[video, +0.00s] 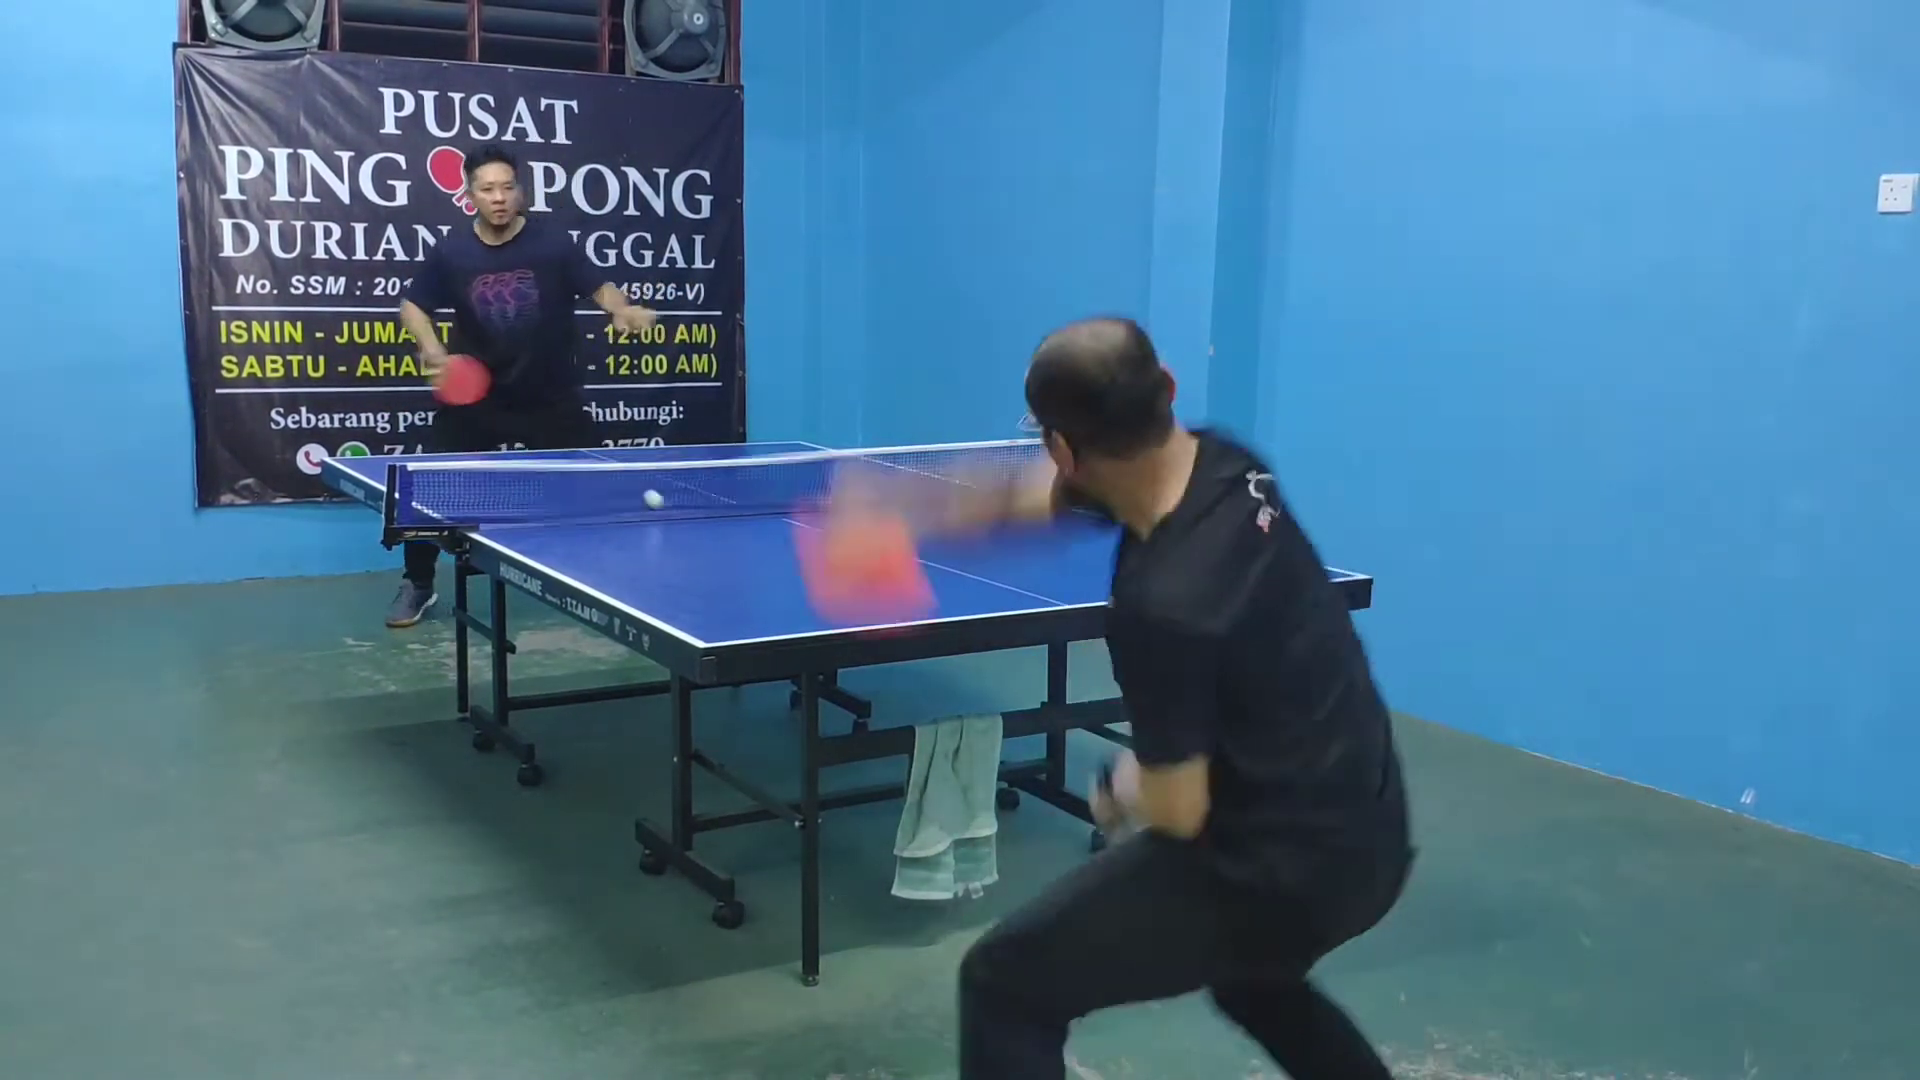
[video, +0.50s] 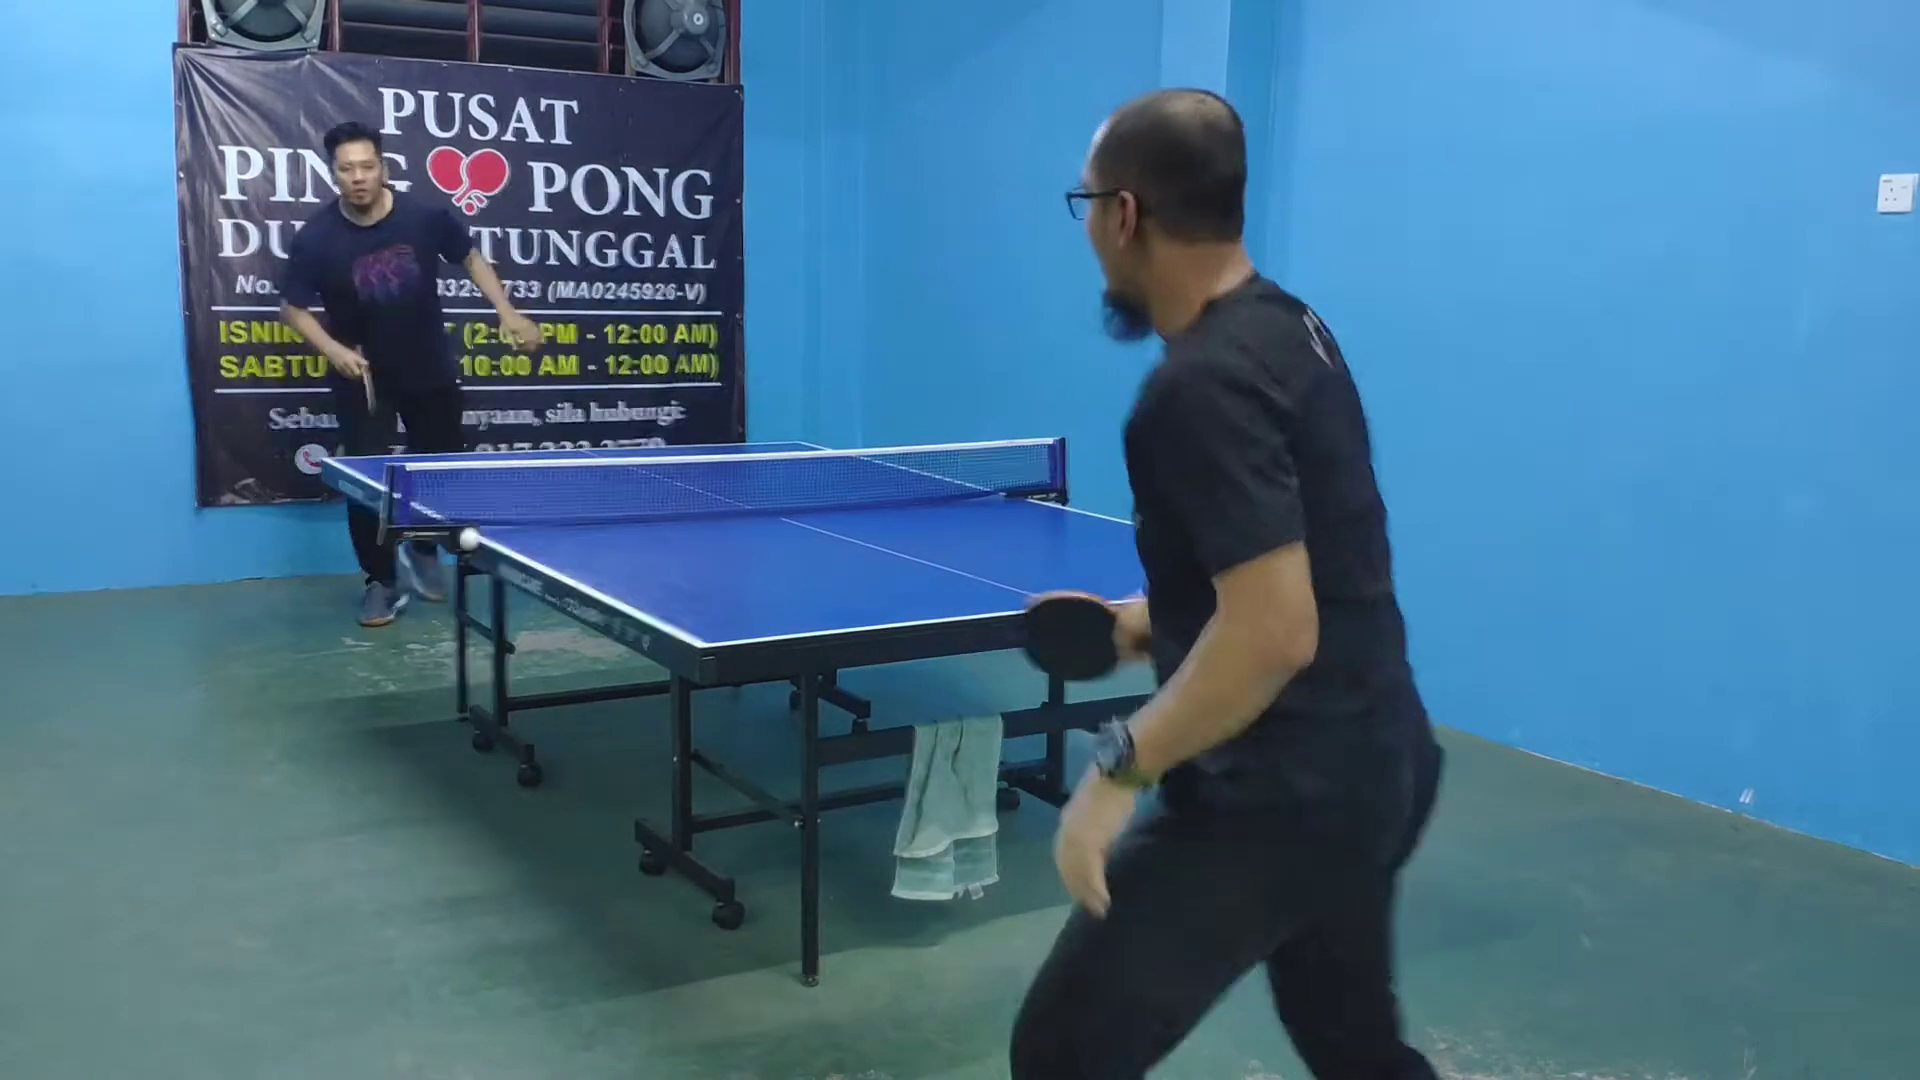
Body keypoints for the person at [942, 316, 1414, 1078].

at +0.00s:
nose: (1041, 448)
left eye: (1042, 434)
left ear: (1062, 451)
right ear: (1168, 390)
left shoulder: (1157, 602)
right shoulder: (1224, 459)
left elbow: (1178, 811)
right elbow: (1062, 495)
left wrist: (1127, 784)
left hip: (1271, 876)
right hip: (1367, 835)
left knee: (1004, 980)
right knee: (1252, 982)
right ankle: (1367, 1074)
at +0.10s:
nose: (1029, 450)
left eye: (1028, 433)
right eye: (1024, 432)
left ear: (1073, 446)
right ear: (1154, 404)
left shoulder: (1215, 581)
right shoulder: (1135, 517)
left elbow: (1210, 814)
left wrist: (1103, 810)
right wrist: (1020, 801)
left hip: (1276, 880)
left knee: (982, 999)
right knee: (1213, 1020)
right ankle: (1362, 1076)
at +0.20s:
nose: (1044, 366)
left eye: (1042, 346)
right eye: (1040, 346)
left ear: (1084, 358)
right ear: (1169, 329)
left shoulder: (1205, 508)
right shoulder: (1170, 447)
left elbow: (1226, 750)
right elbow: (1143, 626)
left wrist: (1115, 775)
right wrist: (1049, 727)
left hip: (1261, 838)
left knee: (993, 1016)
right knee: (1260, 999)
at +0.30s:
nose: (1057, 262)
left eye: (1055, 237)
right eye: (1053, 237)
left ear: (1094, 245)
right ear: (1185, 229)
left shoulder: (1177, 404)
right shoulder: (1237, 347)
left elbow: (1246, 638)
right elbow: (1201, 532)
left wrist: (1121, 730)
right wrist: (1090, 626)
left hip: (1267, 767)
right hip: (1339, 736)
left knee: (1067, 1011)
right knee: (1272, 975)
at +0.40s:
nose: (1070, 228)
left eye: (1069, 201)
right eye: (1066, 203)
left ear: (1106, 208)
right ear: (1201, 193)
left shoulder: (1180, 366)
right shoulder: (1257, 311)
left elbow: (1260, 603)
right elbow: (1247, 510)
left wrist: (1124, 718)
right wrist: (1117, 599)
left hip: (1277, 750)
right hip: (1357, 721)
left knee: (1091, 1013)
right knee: (1277, 983)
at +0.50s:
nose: (1087, 232)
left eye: (1088, 206)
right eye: (1086, 207)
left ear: (1126, 216)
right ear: (1225, 205)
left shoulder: (1199, 386)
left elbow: (1270, 630)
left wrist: (1120, 770)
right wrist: (1153, 624)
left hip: (1277, 786)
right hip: (1369, 758)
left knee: (1062, 1050)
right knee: (1357, 1048)